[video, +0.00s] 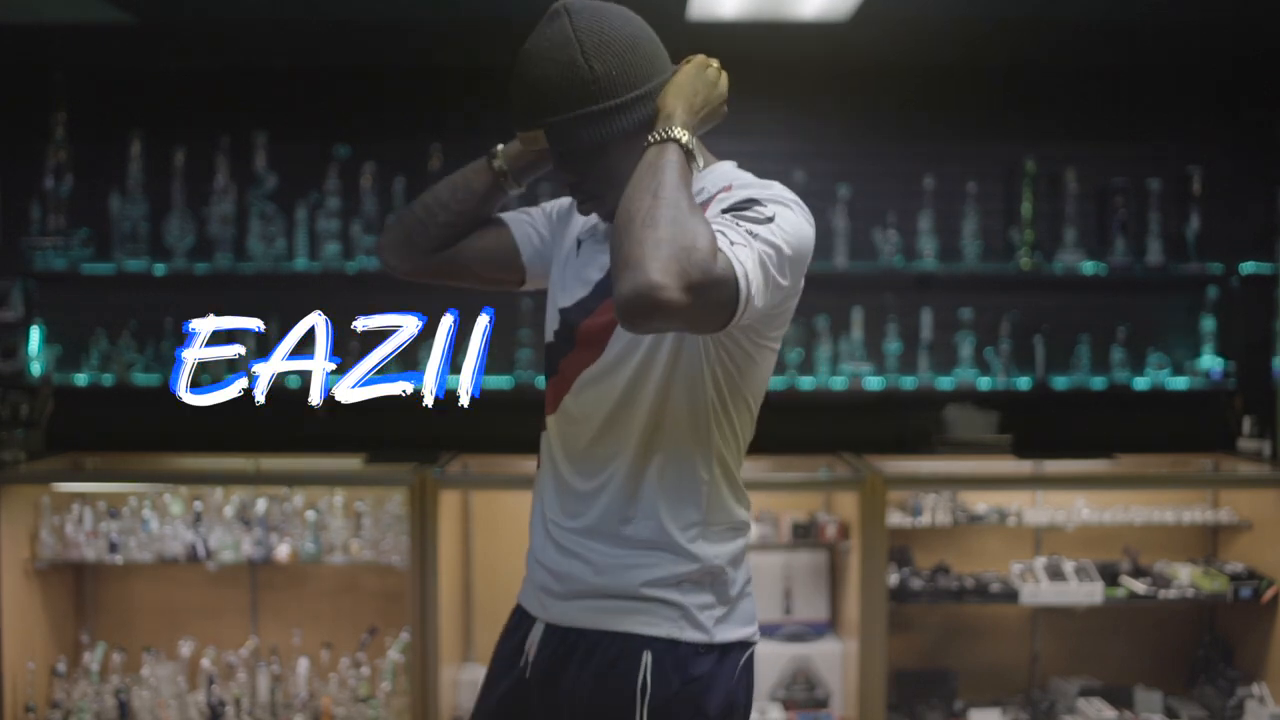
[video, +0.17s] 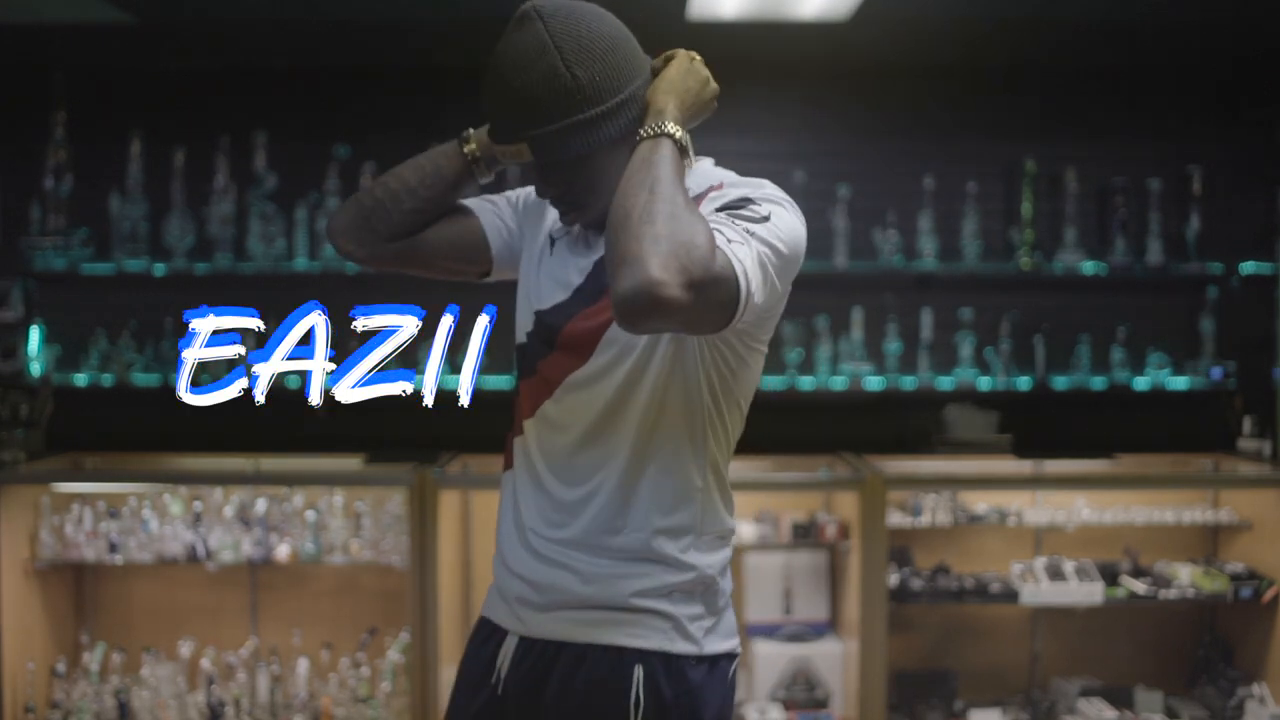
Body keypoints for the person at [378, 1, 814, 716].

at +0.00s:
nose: (551, 164)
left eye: (553, 142)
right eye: (544, 147)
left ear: (584, 136)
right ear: (640, 114)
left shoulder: (768, 218)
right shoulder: (576, 227)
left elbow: (653, 289)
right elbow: (405, 252)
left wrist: (675, 127)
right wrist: (529, 150)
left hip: (668, 641)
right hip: (542, 623)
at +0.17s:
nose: (548, 192)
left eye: (559, 166)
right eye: (538, 168)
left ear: (614, 133)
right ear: (527, 162)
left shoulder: (756, 214)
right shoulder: (543, 218)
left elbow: (648, 291)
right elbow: (360, 233)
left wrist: (665, 123)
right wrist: (492, 146)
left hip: (650, 649)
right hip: (510, 631)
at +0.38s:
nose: (531, 182)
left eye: (556, 157)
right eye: (518, 157)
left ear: (623, 125)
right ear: (499, 143)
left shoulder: (735, 210)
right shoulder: (498, 211)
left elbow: (687, 308)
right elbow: (304, 250)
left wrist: (665, 127)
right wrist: (459, 134)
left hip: (630, 662)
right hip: (472, 646)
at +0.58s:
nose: (501, 174)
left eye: (527, 146)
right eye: (481, 149)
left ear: (589, 112)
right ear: (455, 135)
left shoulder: (689, 211)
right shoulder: (440, 213)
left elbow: (694, 330)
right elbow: (232, 282)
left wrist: (641, 132)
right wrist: (404, 131)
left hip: (602, 675)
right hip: (426, 661)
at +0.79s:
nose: (434, 143)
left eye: (465, 110)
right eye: (411, 111)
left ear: (523, 91)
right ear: (380, 101)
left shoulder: (616, 212)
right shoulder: (349, 224)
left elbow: (696, 422)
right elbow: (161, 385)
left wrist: (603, 158)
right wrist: (276, 161)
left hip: (560, 677)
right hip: (375, 676)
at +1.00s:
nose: (338, 91)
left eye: (369, 65)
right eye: (312, 64)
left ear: (421, 69)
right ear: (281, 75)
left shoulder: (532, 204)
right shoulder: (230, 250)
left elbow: (624, 438)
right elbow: (199, 524)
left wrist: (625, 470)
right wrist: (79, 465)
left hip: (514, 672)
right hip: (320, 677)